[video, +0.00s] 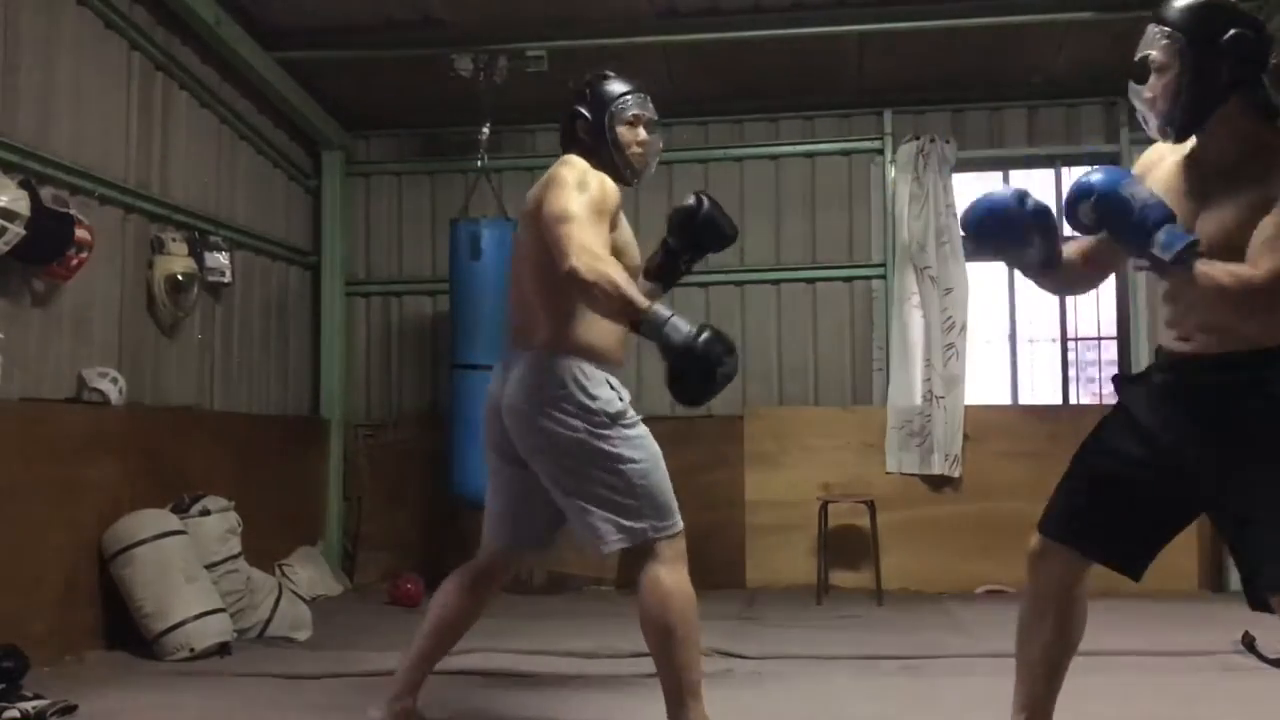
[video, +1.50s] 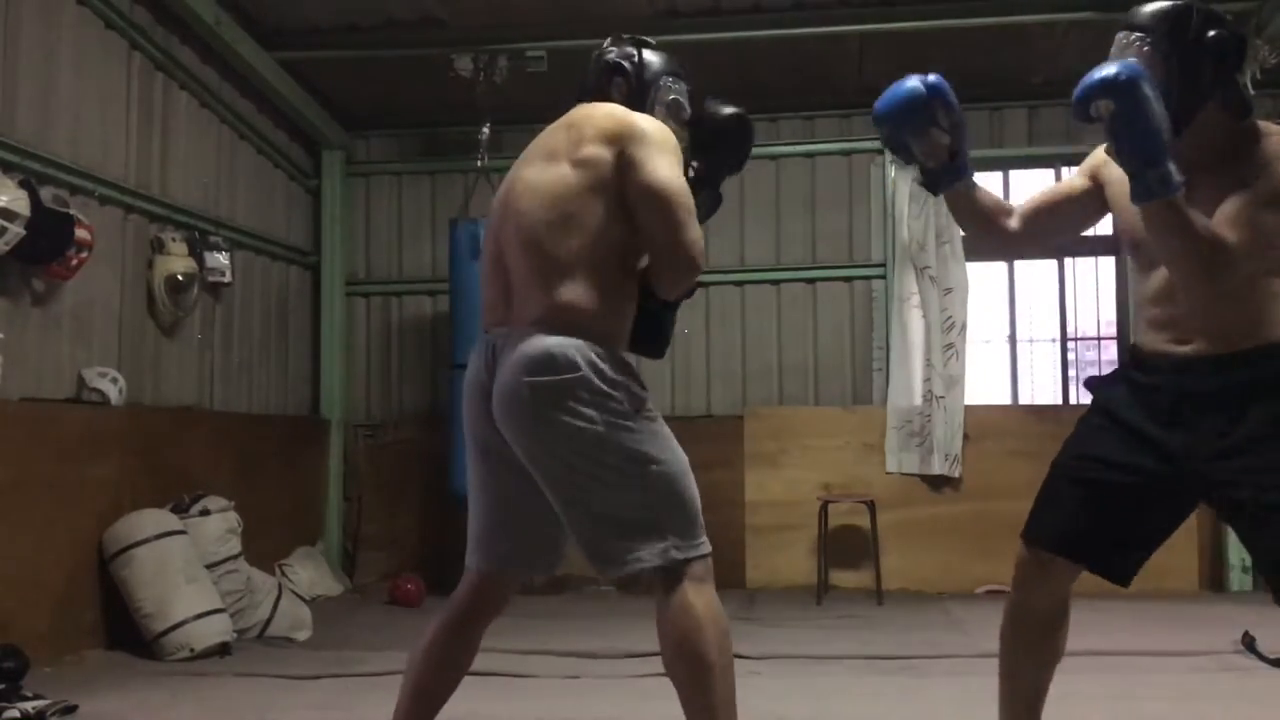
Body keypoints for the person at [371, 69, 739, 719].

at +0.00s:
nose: (647, 138)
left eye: (651, 127)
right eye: (634, 124)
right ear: (594, 127)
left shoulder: (590, 194)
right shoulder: (579, 179)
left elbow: (622, 297)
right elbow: (581, 264)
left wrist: (675, 256)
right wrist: (673, 331)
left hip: (523, 387)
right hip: (574, 390)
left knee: (493, 560)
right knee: (663, 547)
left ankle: (399, 699)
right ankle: (689, 711)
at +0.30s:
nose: (624, 119)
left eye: (628, 107)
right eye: (612, 103)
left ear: (615, 116)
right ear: (571, 102)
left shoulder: (566, 181)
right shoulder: (539, 156)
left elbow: (606, 269)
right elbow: (500, 228)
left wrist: (649, 214)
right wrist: (567, 311)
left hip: (494, 369)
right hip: (535, 368)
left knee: (472, 551)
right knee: (638, 524)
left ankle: (395, 699)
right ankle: (643, 710)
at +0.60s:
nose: (647, 112)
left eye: (650, 99)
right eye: (634, 96)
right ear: (592, 94)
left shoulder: (602, 173)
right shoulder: (567, 148)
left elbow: (618, 282)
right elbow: (585, 264)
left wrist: (670, 239)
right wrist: (651, 270)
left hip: (497, 369)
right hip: (552, 371)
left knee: (472, 552)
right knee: (632, 559)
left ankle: (405, 701)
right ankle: (624, 713)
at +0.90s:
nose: (635, 113)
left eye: (638, 98)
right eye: (627, 94)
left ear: (563, 87)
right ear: (587, 86)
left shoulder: (515, 142)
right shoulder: (566, 129)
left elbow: (584, 267)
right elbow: (579, 234)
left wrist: (648, 196)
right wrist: (636, 264)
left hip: (456, 365)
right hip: (526, 366)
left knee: (461, 565)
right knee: (609, 558)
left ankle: (400, 712)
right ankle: (621, 712)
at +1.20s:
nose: (645, 97)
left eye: (646, 81)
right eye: (633, 79)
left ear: (566, 77)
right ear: (588, 73)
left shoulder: (512, 140)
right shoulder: (581, 129)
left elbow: (535, 269)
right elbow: (609, 258)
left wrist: (638, 208)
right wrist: (646, 287)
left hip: (471, 368)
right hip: (547, 367)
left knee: (462, 574)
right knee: (661, 549)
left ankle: (402, 714)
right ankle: (721, 713)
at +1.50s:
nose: (676, 119)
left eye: (679, 110)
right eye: (674, 107)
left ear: (605, 86)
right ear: (648, 93)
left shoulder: (546, 145)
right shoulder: (641, 130)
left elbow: (568, 264)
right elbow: (680, 266)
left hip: (492, 375)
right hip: (571, 375)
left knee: (485, 584)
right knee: (685, 568)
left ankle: (407, 715)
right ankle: (716, 714)